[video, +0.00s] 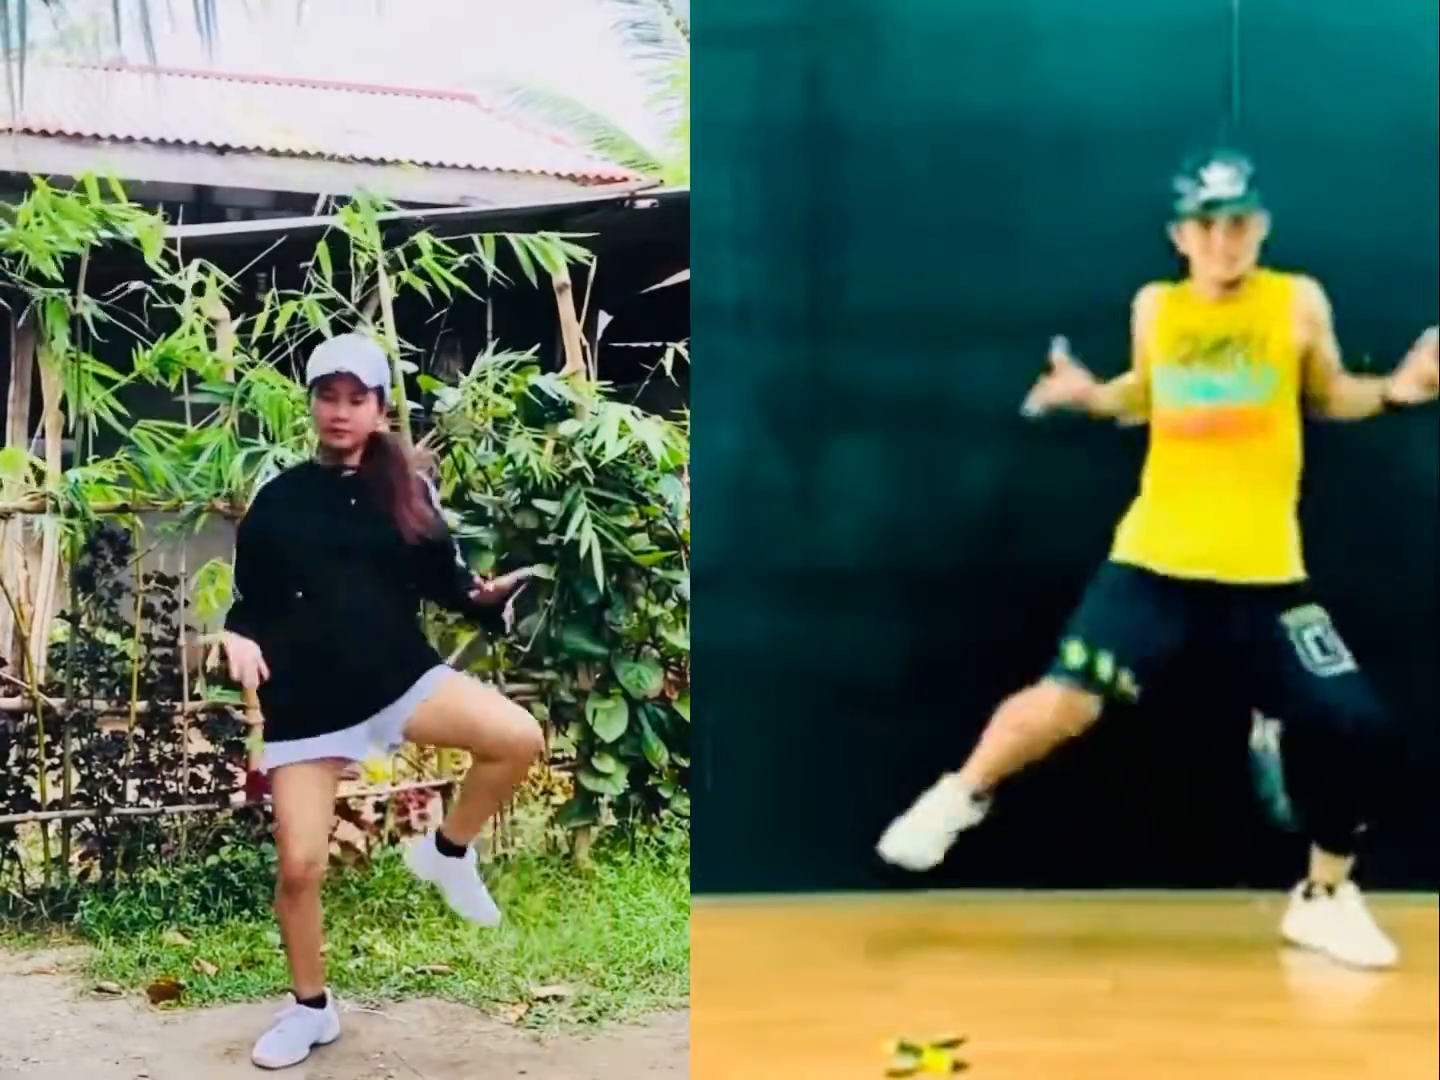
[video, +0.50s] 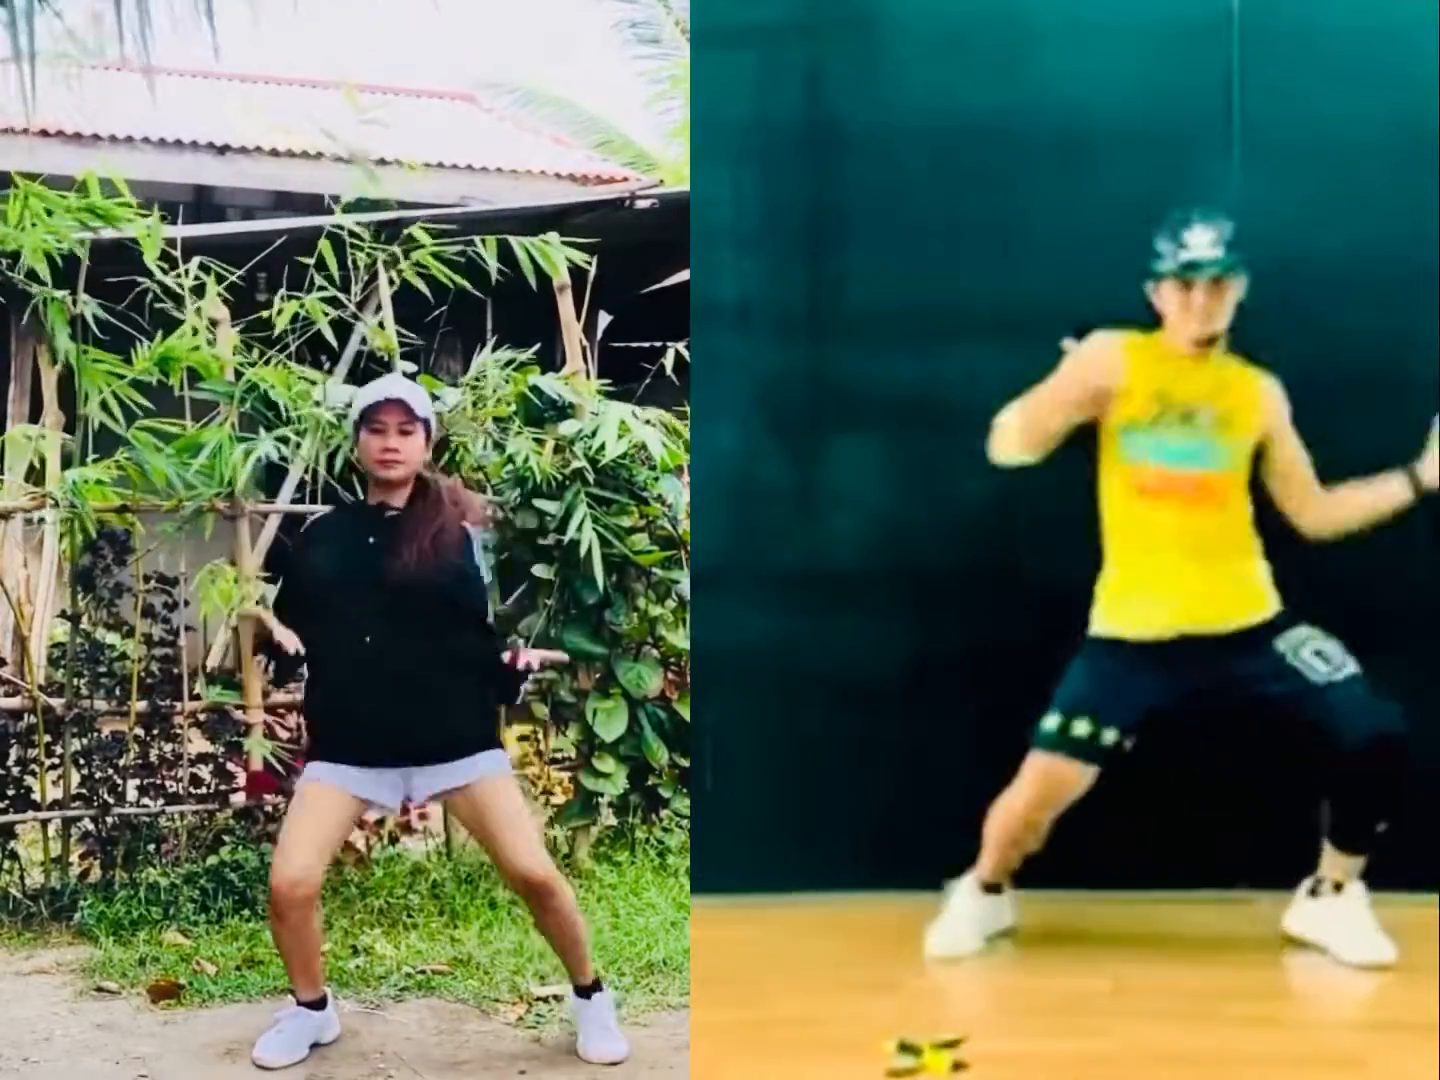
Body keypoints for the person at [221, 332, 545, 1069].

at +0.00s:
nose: (340, 409)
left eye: (356, 396)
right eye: (327, 395)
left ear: (381, 408)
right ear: (310, 404)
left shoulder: (403, 486)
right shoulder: (275, 500)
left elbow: (441, 576)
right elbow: (250, 600)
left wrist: (481, 593)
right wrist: (237, 633)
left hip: (397, 680)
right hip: (303, 706)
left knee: (516, 738)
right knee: (297, 867)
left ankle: (445, 851)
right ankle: (310, 1008)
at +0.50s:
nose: (391, 443)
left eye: (406, 431)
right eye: (376, 430)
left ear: (427, 446)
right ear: (356, 444)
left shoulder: (457, 534)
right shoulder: (316, 536)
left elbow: (478, 642)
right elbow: (259, 615)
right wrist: (272, 628)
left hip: (457, 738)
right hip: (347, 743)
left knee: (535, 876)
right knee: (287, 885)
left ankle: (590, 996)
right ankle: (310, 1010)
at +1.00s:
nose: (506, 432)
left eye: (520, 419)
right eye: (490, 422)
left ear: (545, 433)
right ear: (476, 440)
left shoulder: (583, 521)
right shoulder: (457, 525)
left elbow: (622, 611)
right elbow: (409, 618)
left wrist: (640, 647)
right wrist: (357, 574)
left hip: (577, 728)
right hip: (488, 707)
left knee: (581, 896)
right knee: (365, 721)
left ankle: (586, 1010)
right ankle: (404, 866)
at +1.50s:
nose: (429, 465)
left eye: (445, 454)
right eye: (416, 453)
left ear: (468, 472)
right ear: (399, 470)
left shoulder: (494, 559)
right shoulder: (365, 557)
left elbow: (538, 683)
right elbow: (294, 638)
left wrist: (542, 664)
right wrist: (226, 613)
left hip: (510, 767)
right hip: (405, 771)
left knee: (559, 910)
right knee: (330, 900)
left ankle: (585, 1011)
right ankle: (326, 1015)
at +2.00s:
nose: (367, 424)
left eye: (383, 412)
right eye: (352, 411)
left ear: (403, 429)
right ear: (333, 428)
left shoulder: (416, 522)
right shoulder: (295, 510)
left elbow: (486, 627)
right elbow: (229, 599)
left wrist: (491, 568)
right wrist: (159, 644)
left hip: (409, 697)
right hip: (323, 728)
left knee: (501, 712)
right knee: (310, 895)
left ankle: (463, 843)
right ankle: (330, 1012)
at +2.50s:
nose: (458, 453)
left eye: (471, 438)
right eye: (443, 442)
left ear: (496, 447)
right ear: (428, 458)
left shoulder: (542, 531)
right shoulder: (410, 546)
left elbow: (618, 615)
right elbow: (373, 647)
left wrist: (602, 539)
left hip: (518, 750)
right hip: (414, 754)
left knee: (590, 879)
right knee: (361, 899)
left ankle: (588, 1015)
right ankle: (322, 1010)